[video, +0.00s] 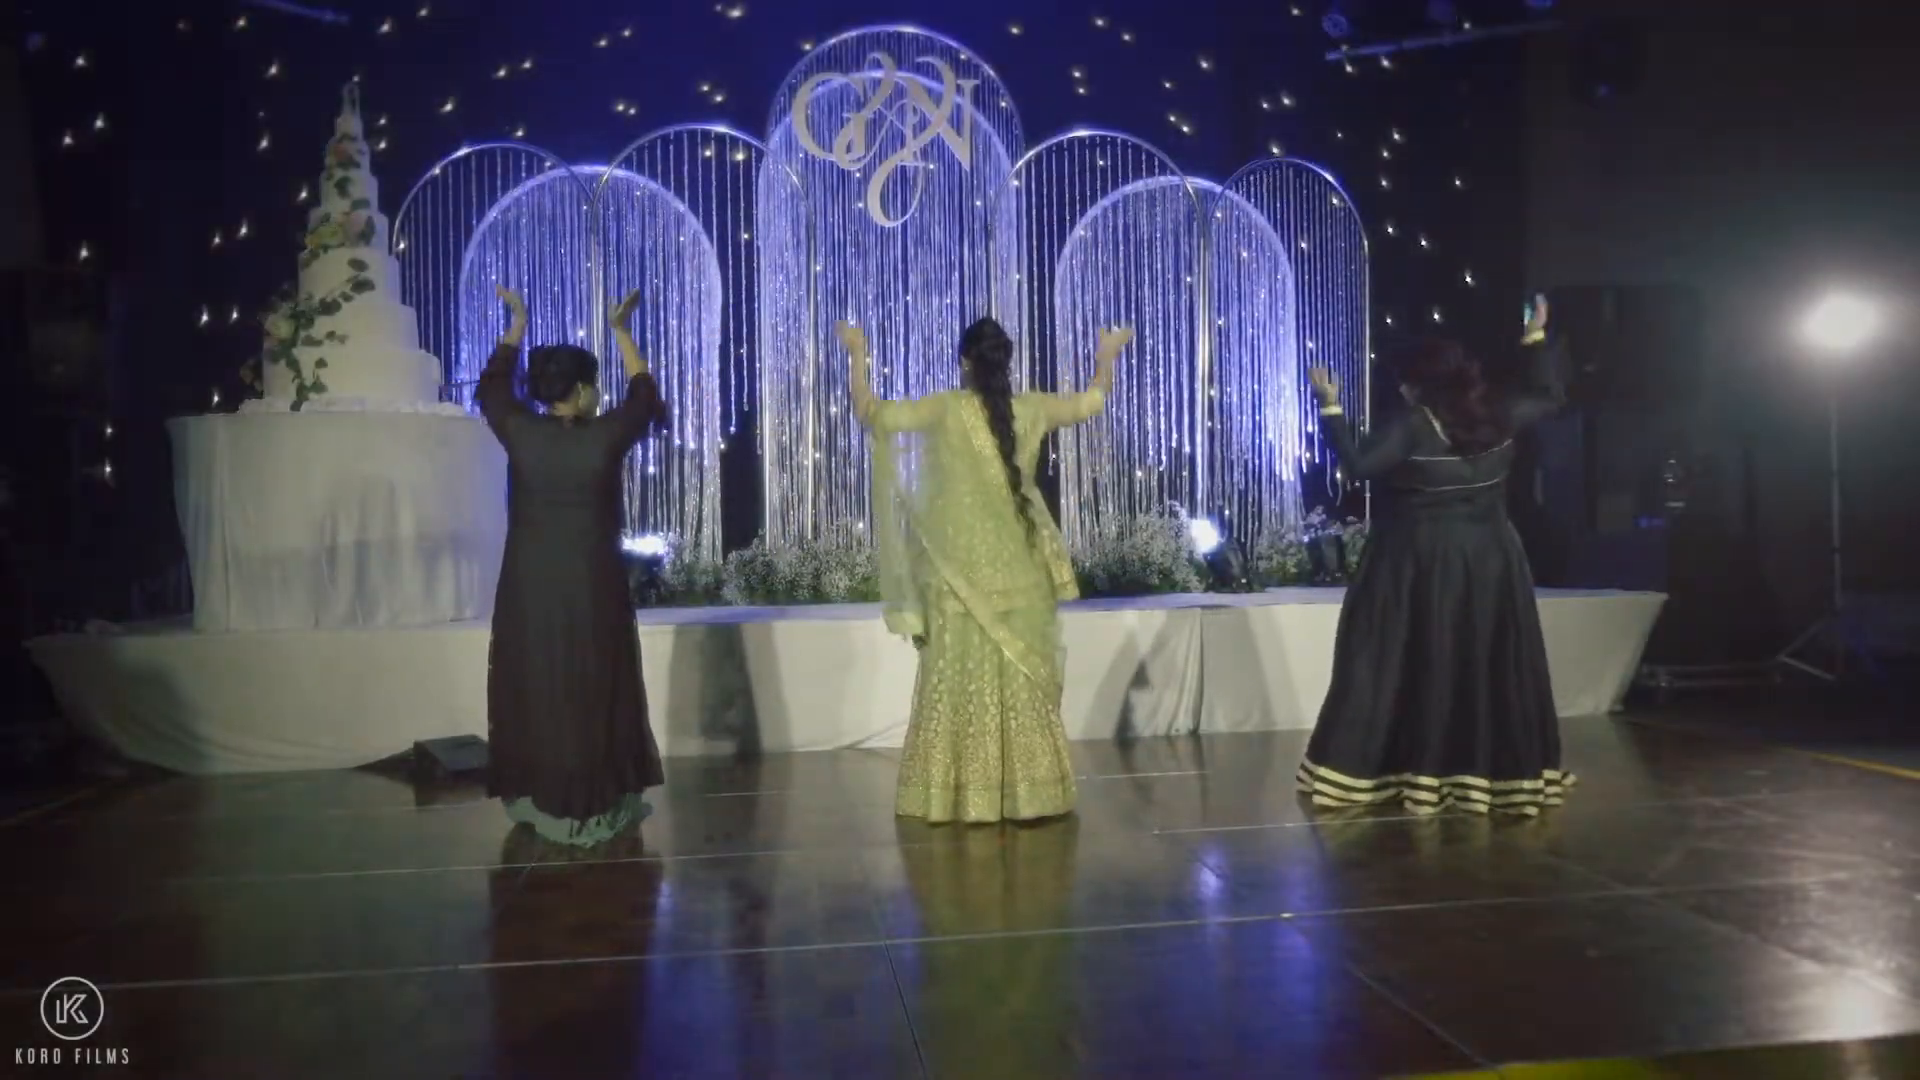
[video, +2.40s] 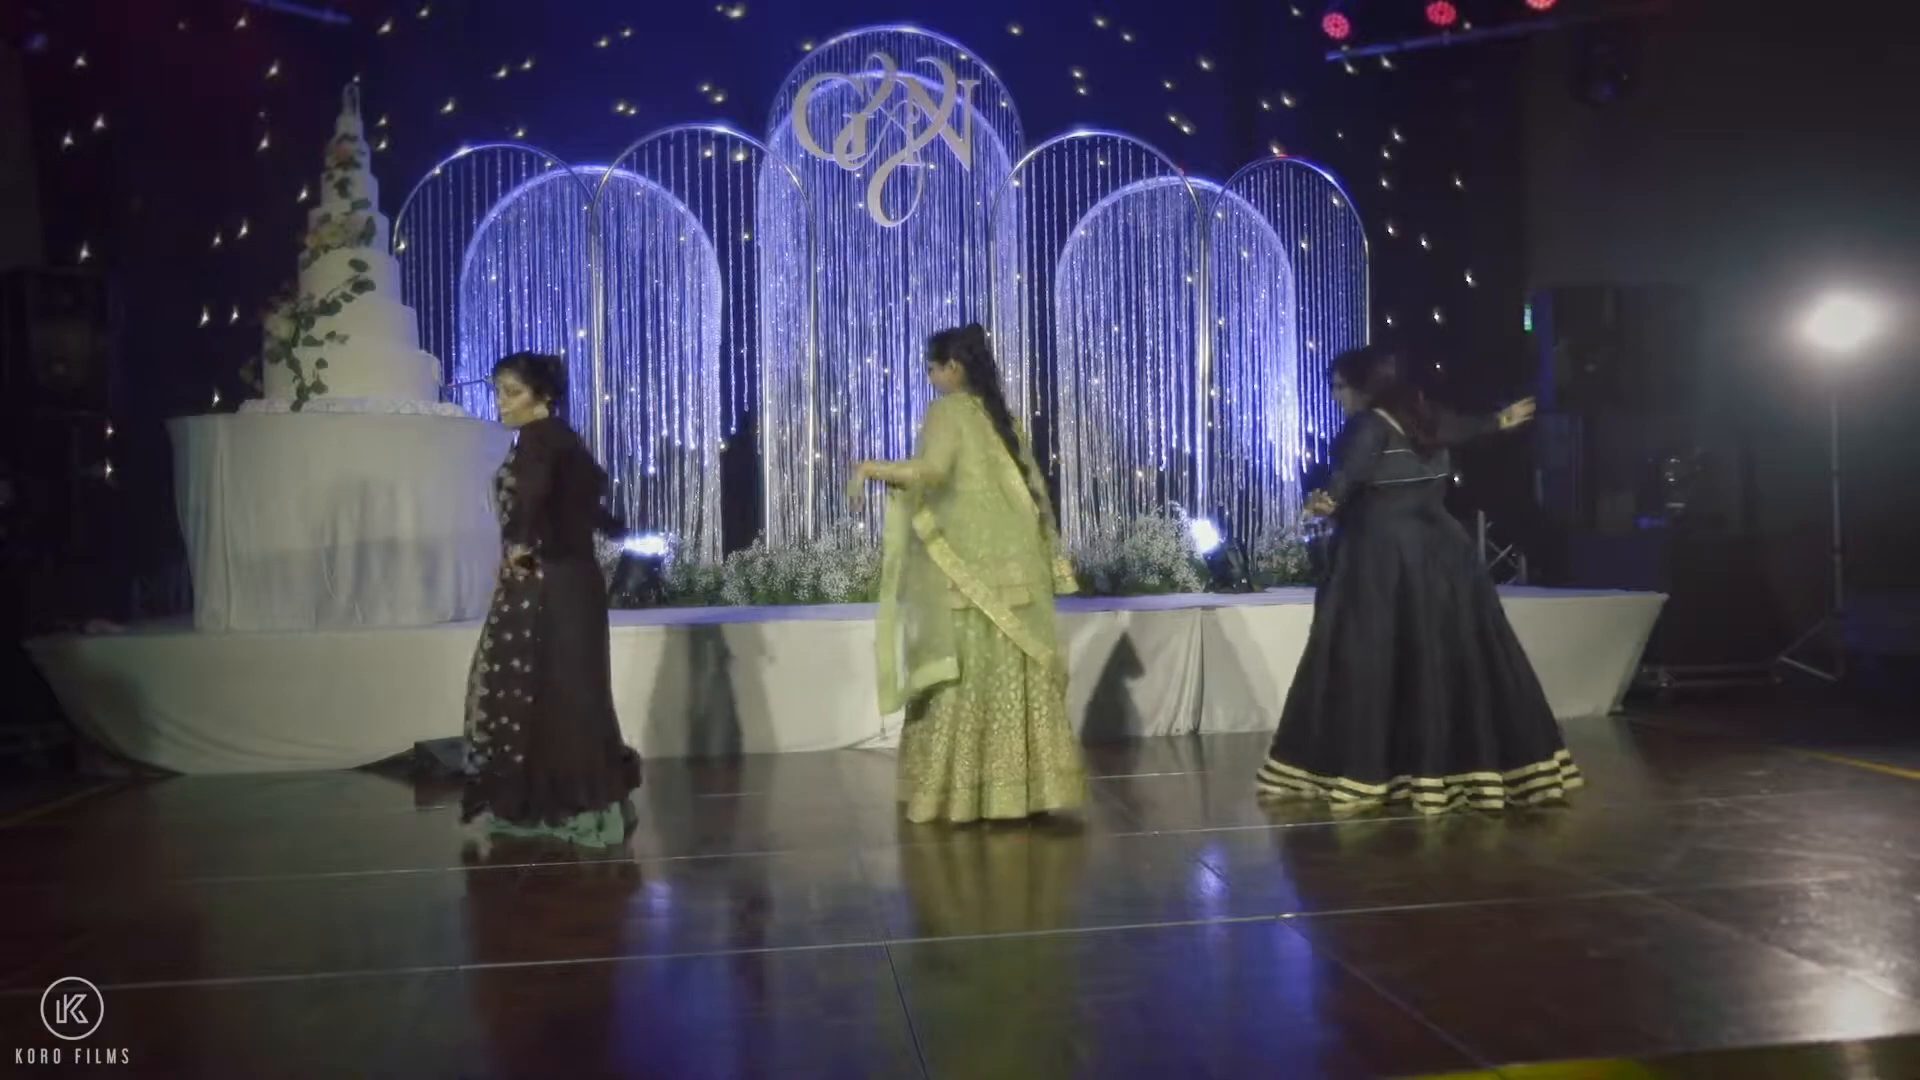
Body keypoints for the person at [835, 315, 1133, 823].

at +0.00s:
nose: (962, 364)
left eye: (962, 357)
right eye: (972, 356)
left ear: (964, 362)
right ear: (1007, 361)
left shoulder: (944, 408)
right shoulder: (1033, 408)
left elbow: (870, 413)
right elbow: (1093, 402)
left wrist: (857, 354)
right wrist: (1108, 355)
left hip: (960, 565)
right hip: (1022, 565)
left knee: (963, 684)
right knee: (1025, 681)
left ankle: (966, 796)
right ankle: (1028, 796)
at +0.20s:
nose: (968, 360)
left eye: (965, 353)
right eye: (984, 353)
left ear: (963, 362)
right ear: (1007, 364)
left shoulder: (938, 404)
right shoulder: (1025, 407)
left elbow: (896, 371)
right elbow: (1053, 365)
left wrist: (907, 311)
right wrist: (1048, 306)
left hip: (962, 564)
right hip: (1022, 561)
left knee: (961, 682)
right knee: (1024, 681)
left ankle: (962, 796)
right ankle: (1027, 795)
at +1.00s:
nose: (959, 366)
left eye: (960, 358)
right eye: (968, 358)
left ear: (962, 363)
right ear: (1005, 362)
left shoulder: (942, 407)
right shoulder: (1029, 408)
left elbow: (875, 430)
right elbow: (1089, 407)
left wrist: (879, 386)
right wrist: (1075, 362)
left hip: (958, 568)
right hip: (1018, 567)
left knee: (958, 685)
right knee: (1022, 681)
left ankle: (962, 795)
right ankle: (1025, 795)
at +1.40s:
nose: (954, 368)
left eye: (954, 361)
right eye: (957, 361)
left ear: (960, 363)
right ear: (999, 360)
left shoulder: (947, 409)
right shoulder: (1028, 412)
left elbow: (896, 456)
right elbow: (1089, 448)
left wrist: (850, 403)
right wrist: (1123, 418)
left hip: (965, 577)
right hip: (1026, 576)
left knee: (964, 691)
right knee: (1027, 688)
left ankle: (966, 797)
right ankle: (1028, 797)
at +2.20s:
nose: (943, 378)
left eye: (945, 370)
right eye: (944, 370)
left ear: (959, 369)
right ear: (988, 367)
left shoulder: (946, 412)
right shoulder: (1024, 416)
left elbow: (908, 462)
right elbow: (1069, 468)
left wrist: (844, 442)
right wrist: (1110, 469)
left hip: (966, 573)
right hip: (1026, 572)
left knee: (968, 686)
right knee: (1029, 683)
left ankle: (970, 796)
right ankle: (1028, 795)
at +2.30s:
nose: (940, 377)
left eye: (942, 369)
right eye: (941, 369)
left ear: (957, 368)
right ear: (985, 367)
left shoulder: (945, 411)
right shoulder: (1018, 416)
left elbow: (919, 469)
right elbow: (1056, 483)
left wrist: (857, 460)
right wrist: (1068, 503)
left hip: (968, 573)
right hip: (1025, 571)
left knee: (967, 686)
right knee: (1028, 682)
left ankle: (971, 795)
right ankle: (1029, 794)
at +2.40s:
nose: (931, 376)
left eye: (934, 368)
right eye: (931, 368)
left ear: (955, 366)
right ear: (970, 366)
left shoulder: (948, 409)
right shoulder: (995, 413)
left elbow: (933, 469)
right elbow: (1031, 486)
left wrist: (869, 469)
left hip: (969, 570)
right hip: (1013, 566)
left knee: (967, 681)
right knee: (1012, 681)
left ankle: (966, 795)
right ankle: (1014, 795)